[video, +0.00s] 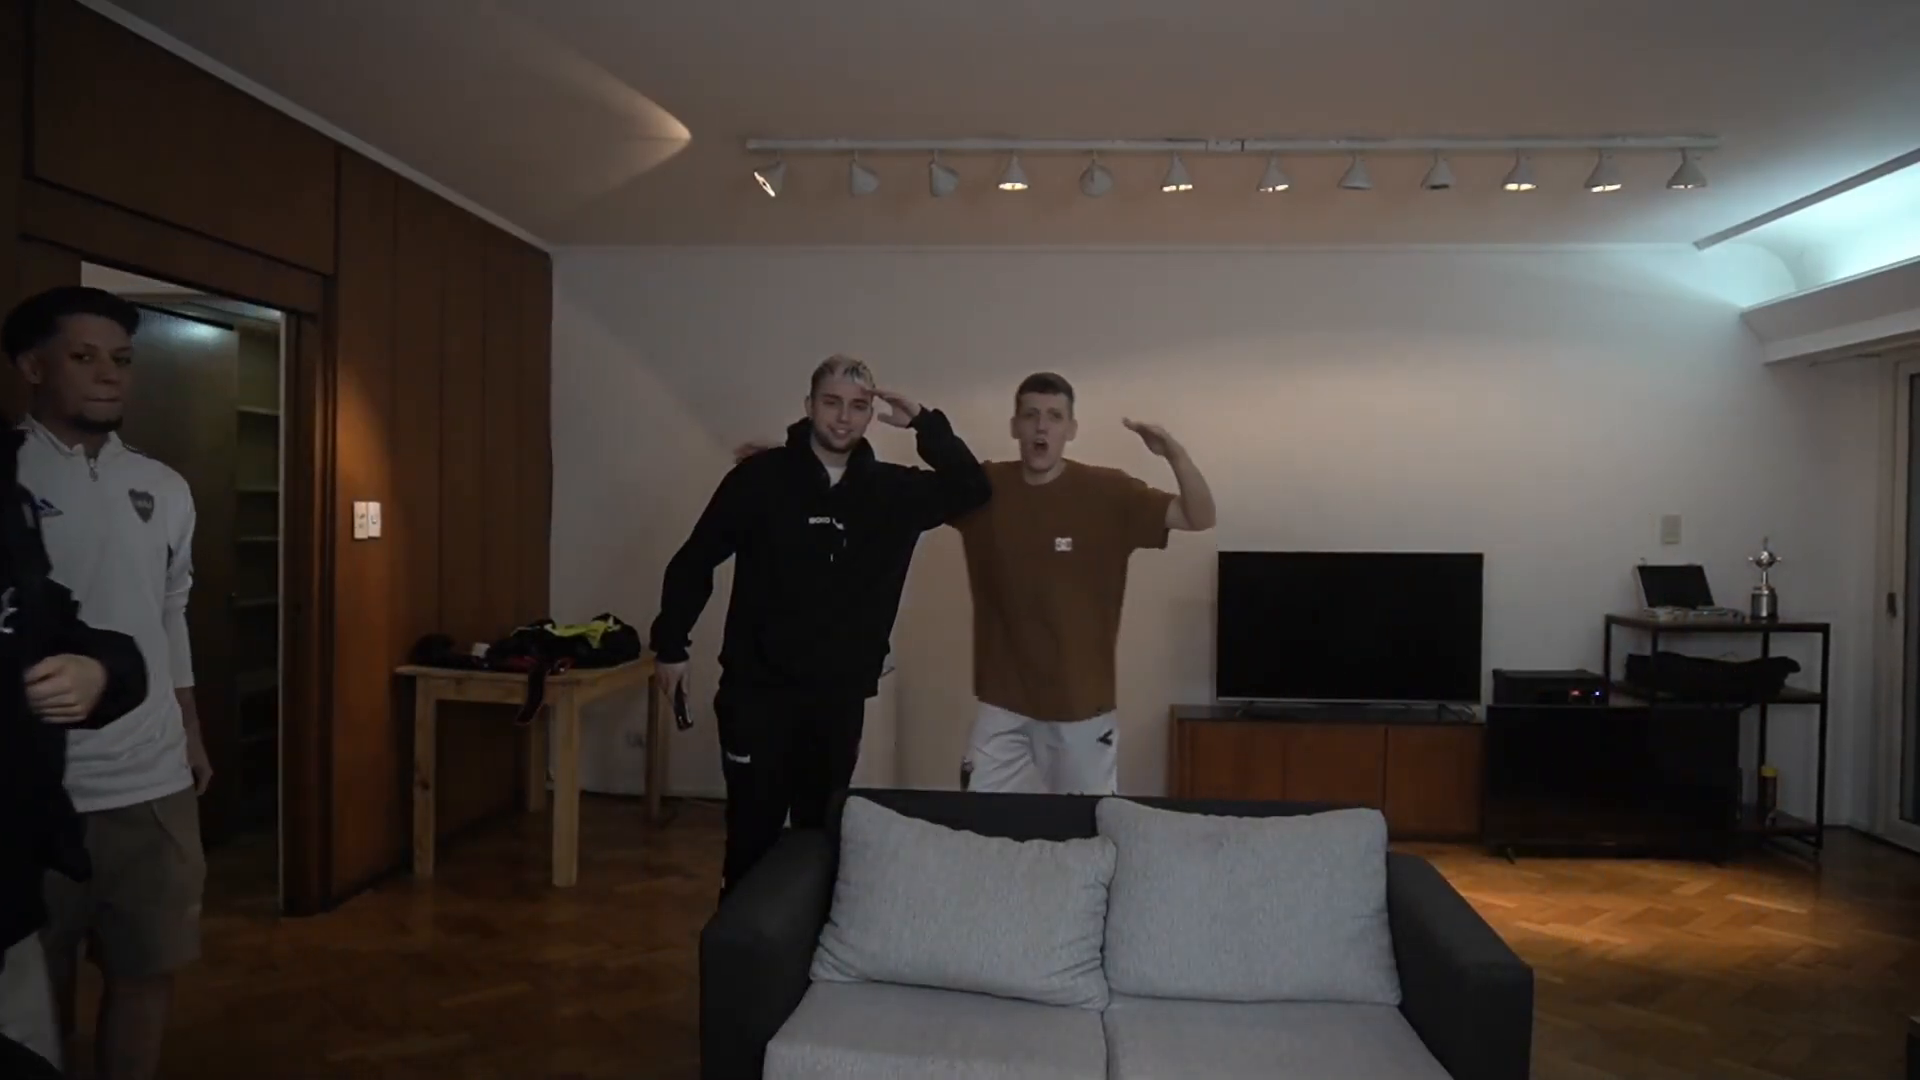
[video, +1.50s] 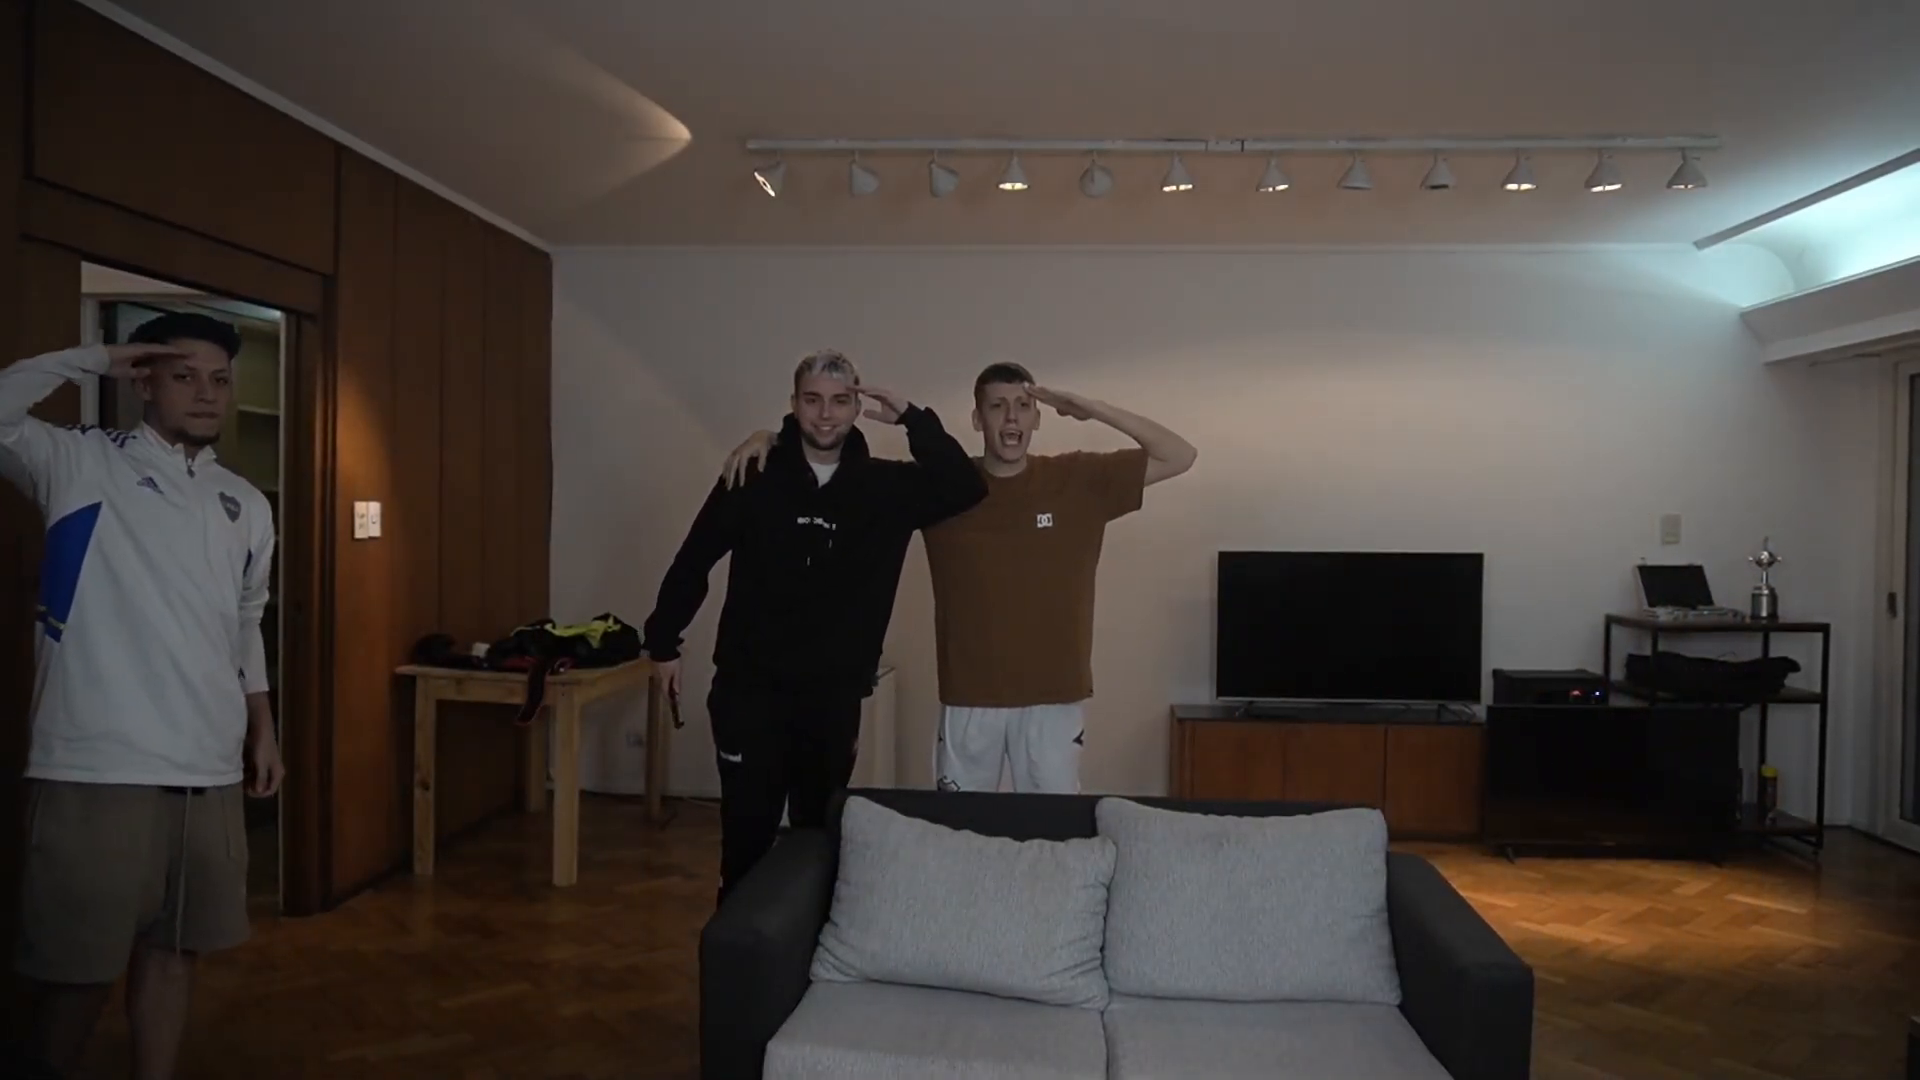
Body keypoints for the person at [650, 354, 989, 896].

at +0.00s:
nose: (843, 416)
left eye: (857, 406)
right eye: (831, 402)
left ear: (870, 416)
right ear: (809, 406)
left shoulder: (894, 491)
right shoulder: (759, 478)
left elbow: (972, 491)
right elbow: (694, 562)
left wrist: (925, 422)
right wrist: (670, 648)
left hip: (838, 694)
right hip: (758, 688)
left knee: (821, 833)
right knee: (754, 834)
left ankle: (815, 958)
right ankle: (741, 960)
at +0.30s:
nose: (836, 411)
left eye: (850, 400)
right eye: (824, 397)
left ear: (865, 411)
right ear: (803, 402)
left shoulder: (892, 485)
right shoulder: (759, 474)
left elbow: (967, 478)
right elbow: (699, 560)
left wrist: (914, 410)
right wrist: (669, 651)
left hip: (837, 690)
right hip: (756, 684)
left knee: (820, 831)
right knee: (752, 832)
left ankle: (814, 954)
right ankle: (740, 958)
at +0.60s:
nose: (825, 412)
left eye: (839, 399)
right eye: (812, 398)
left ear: (856, 408)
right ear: (792, 403)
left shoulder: (888, 482)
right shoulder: (753, 475)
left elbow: (965, 483)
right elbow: (698, 563)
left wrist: (914, 414)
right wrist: (671, 649)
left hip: (837, 688)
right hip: (755, 683)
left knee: (820, 829)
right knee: (751, 831)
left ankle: (815, 954)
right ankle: (741, 958)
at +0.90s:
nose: (821, 413)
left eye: (835, 400)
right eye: (808, 400)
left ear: (852, 409)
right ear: (788, 405)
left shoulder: (885, 484)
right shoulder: (749, 478)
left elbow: (963, 485)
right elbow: (690, 563)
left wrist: (910, 417)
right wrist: (661, 649)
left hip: (832, 692)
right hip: (749, 688)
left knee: (816, 834)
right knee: (746, 837)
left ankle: (812, 961)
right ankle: (739, 964)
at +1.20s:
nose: (823, 412)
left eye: (837, 400)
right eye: (811, 399)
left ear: (855, 409)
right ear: (792, 404)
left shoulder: (886, 487)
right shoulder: (750, 476)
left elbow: (963, 488)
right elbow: (687, 559)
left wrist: (911, 418)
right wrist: (653, 640)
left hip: (831, 691)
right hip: (748, 688)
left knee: (818, 833)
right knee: (746, 835)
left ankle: (812, 957)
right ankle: (738, 962)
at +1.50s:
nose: (826, 412)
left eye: (840, 400)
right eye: (813, 399)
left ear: (857, 410)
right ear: (794, 405)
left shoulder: (888, 486)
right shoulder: (754, 476)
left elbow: (965, 488)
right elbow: (695, 559)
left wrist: (914, 417)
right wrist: (664, 644)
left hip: (833, 690)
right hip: (750, 685)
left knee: (819, 832)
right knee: (748, 832)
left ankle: (814, 957)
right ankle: (739, 961)